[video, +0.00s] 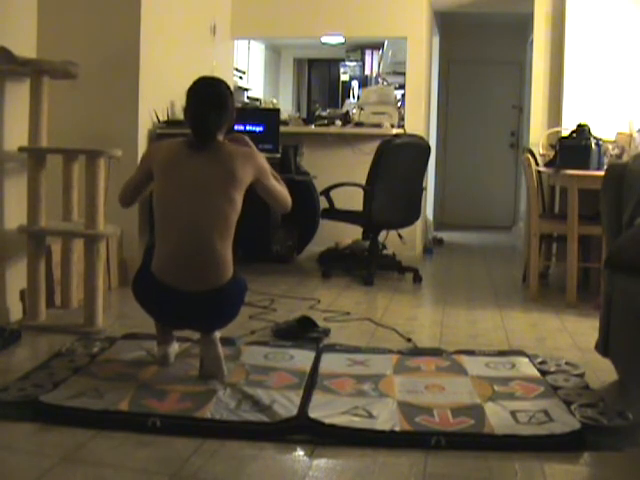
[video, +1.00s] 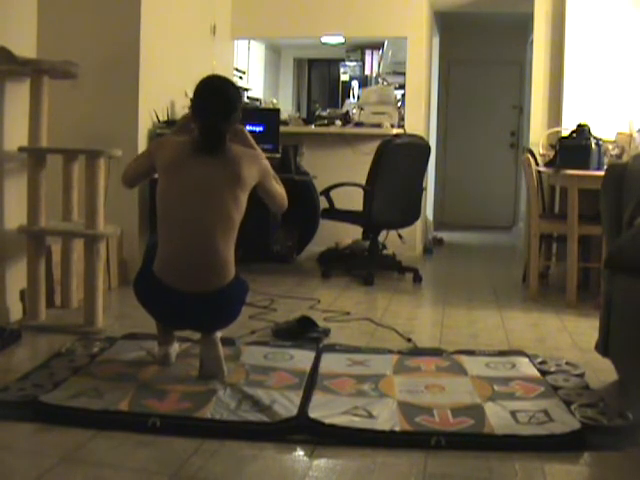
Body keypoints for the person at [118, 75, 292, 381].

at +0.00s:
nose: (233, 115)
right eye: (231, 109)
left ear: (187, 113)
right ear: (229, 118)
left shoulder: (160, 153)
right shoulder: (246, 159)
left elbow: (126, 198)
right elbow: (284, 203)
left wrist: (156, 170)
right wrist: (254, 153)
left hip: (162, 303)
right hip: (216, 307)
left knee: (152, 249)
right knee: (233, 280)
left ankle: (165, 344)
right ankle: (211, 339)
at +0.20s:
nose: (236, 113)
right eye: (234, 107)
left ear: (188, 110)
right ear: (232, 115)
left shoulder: (161, 151)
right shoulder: (247, 159)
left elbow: (127, 191)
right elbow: (285, 201)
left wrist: (156, 164)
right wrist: (255, 149)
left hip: (162, 303)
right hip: (216, 307)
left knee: (153, 251)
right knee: (232, 279)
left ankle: (164, 345)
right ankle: (211, 340)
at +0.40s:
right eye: (234, 109)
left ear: (189, 110)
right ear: (233, 116)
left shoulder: (161, 150)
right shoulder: (247, 159)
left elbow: (127, 187)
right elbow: (285, 201)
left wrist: (154, 158)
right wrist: (257, 149)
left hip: (162, 304)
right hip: (215, 307)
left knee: (155, 245)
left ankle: (164, 345)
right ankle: (210, 339)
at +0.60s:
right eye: (236, 111)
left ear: (190, 111)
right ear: (234, 116)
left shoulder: (163, 149)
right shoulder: (248, 160)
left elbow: (128, 181)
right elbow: (284, 201)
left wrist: (157, 153)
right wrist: (255, 146)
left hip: (163, 304)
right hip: (216, 307)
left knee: (154, 244)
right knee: (230, 277)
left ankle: (165, 344)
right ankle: (211, 340)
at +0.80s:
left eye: (193, 104)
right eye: (236, 112)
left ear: (192, 110)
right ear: (234, 117)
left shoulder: (166, 149)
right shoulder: (249, 159)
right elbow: (282, 201)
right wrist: (253, 143)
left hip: (164, 304)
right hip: (216, 307)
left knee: (155, 244)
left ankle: (165, 345)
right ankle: (211, 339)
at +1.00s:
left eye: (194, 104)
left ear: (193, 111)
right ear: (236, 117)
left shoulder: (166, 149)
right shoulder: (249, 160)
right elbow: (280, 203)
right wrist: (249, 143)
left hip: (165, 305)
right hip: (217, 308)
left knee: (155, 243)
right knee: (233, 279)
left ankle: (165, 345)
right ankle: (211, 339)